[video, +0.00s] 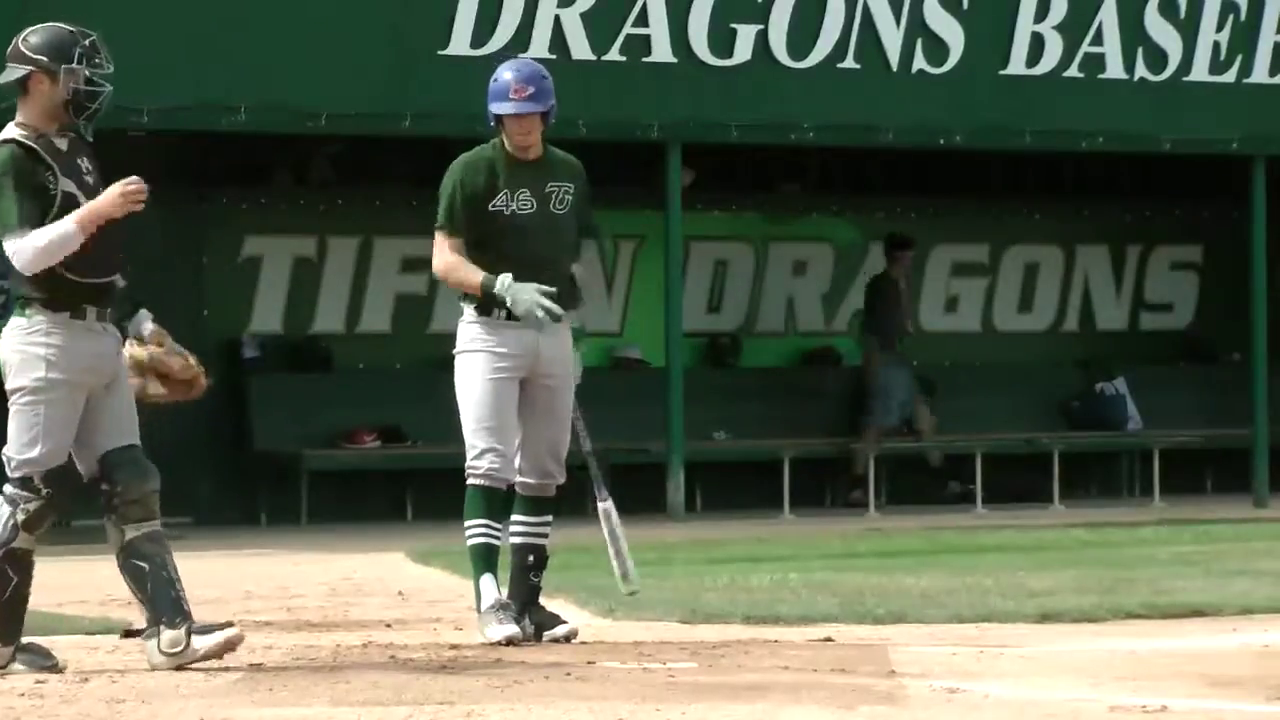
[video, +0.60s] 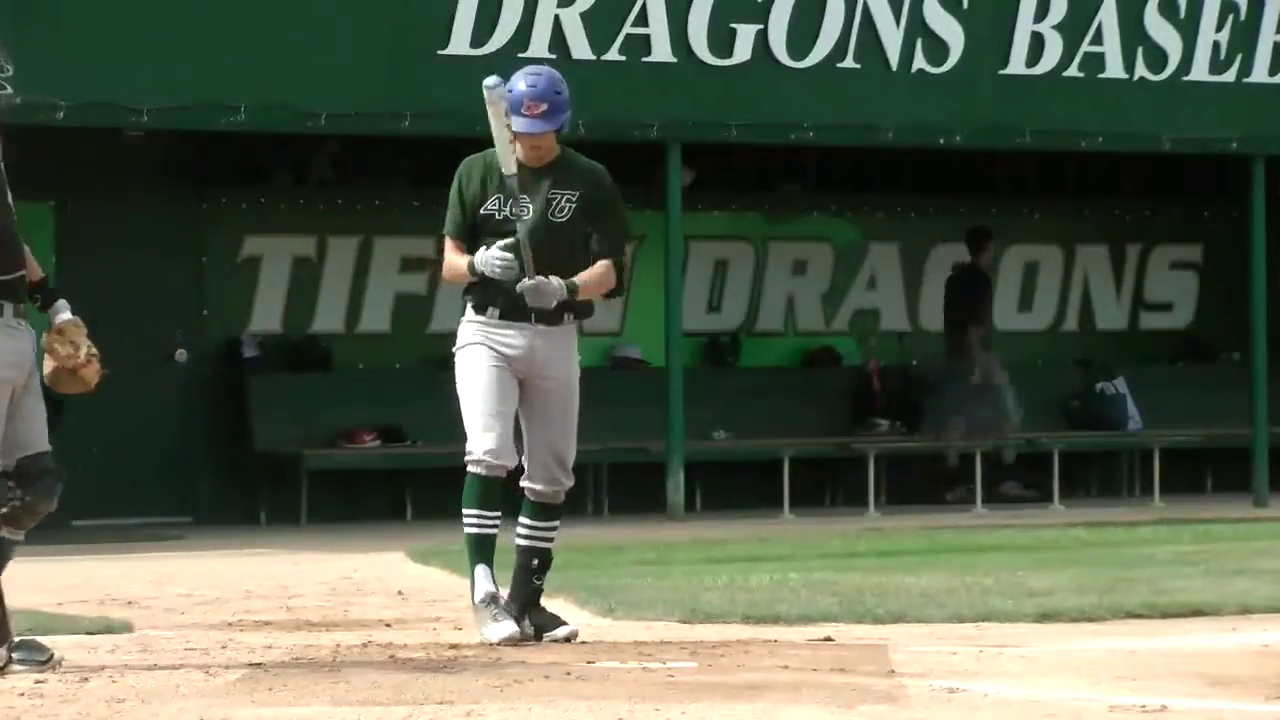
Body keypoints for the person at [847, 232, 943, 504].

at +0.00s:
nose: (907, 263)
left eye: (909, 258)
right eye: (902, 258)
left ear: (907, 258)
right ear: (891, 257)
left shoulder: (901, 285)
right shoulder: (879, 285)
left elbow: (902, 322)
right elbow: (873, 327)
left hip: (897, 357)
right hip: (880, 358)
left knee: (922, 417)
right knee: (875, 422)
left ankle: (939, 473)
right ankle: (859, 480)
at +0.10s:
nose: (920, 262)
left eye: (921, 256)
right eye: (917, 256)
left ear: (906, 257)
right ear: (909, 256)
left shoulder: (903, 285)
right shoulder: (905, 287)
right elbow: (906, 329)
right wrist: (916, 358)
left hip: (907, 362)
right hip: (905, 363)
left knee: (926, 420)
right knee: (888, 423)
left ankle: (941, 479)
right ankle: (862, 480)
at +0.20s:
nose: (937, 259)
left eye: (936, 254)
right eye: (935, 254)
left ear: (916, 253)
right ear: (930, 255)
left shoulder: (916, 282)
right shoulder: (921, 284)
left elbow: (903, 326)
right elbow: (921, 328)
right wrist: (931, 359)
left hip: (921, 361)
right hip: (920, 362)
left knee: (934, 422)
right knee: (909, 424)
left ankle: (947, 480)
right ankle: (875, 477)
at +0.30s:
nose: (954, 258)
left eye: (953, 251)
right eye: (951, 252)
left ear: (933, 251)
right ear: (941, 252)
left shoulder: (925, 278)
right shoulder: (937, 280)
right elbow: (938, 327)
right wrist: (952, 361)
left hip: (925, 360)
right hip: (936, 360)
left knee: (934, 421)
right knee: (939, 421)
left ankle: (948, 482)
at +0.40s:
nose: (969, 253)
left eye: (968, 247)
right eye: (966, 248)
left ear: (945, 248)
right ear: (959, 249)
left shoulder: (933, 278)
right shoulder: (951, 278)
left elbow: (923, 324)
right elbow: (949, 328)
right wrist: (963, 363)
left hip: (933, 360)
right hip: (948, 359)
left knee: (938, 419)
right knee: (970, 421)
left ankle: (951, 482)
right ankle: (930, 458)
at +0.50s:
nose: (983, 256)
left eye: (983, 249)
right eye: (979, 250)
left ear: (961, 250)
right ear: (968, 250)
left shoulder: (946, 277)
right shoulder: (963, 279)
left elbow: (948, 325)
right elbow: (959, 326)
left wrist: (966, 356)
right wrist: (970, 359)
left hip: (945, 356)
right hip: (958, 356)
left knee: (946, 416)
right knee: (987, 416)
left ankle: (947, 476)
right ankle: (953, 472)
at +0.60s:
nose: (991, 254)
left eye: (989, 249)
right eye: (989, 249)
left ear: (969, 248)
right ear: (985, 249)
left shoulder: (955, 277)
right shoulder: (979, 278)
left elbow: (952, 322)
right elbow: (974, 326)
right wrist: (976, 364)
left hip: (959, 356)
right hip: (979, 356)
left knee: (956, 416)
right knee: (1006, 413)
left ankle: (952, 478)